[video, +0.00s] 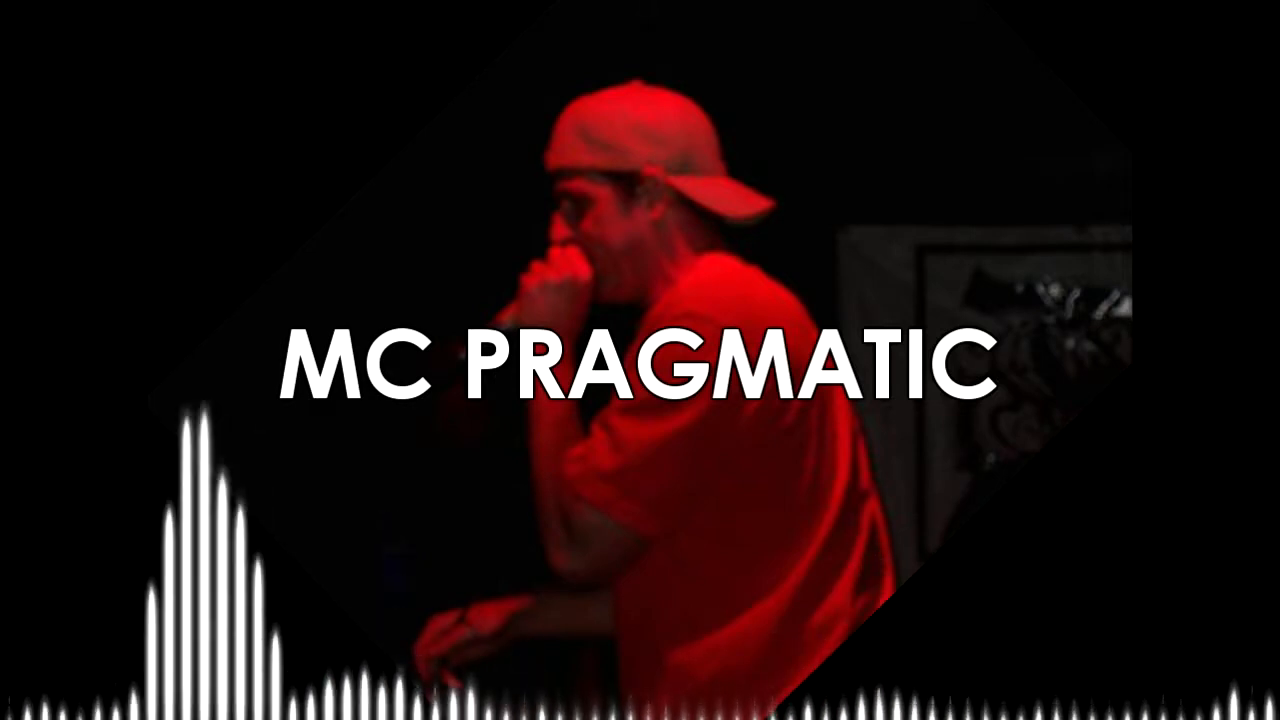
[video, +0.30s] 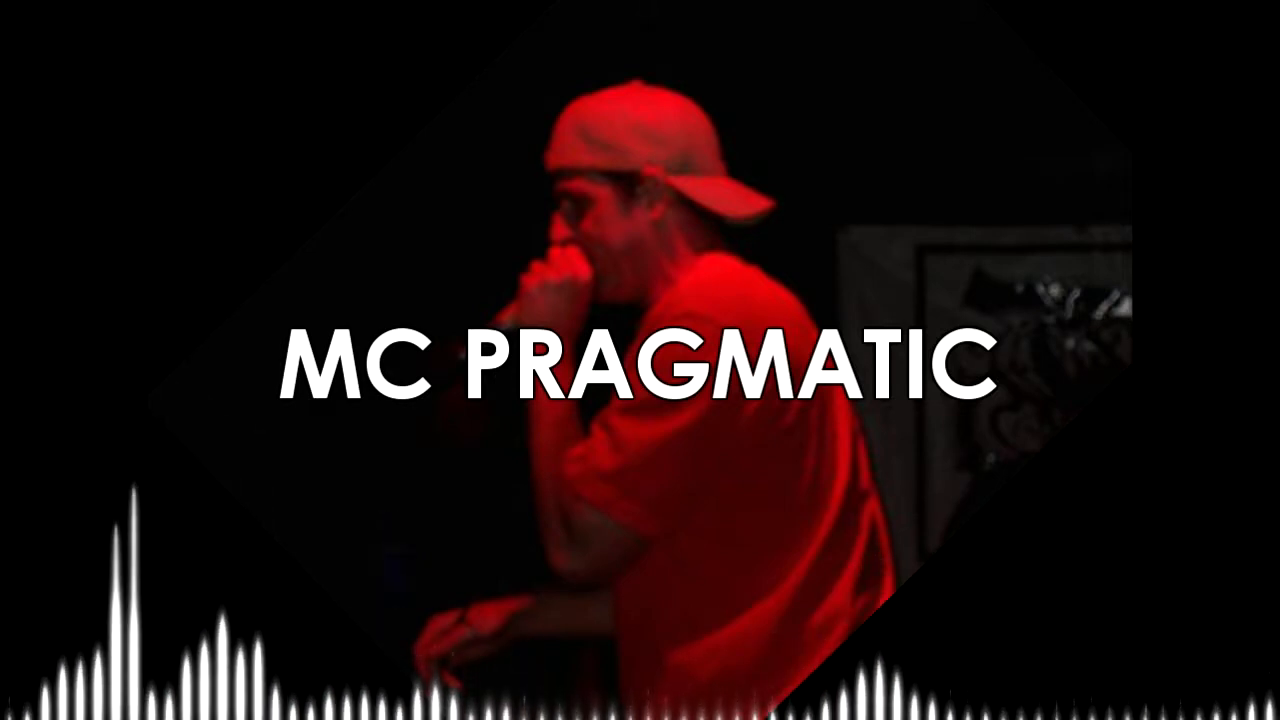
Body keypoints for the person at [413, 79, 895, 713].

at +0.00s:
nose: (560, 233)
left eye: (577, 206)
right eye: (559, 209)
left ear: (652, 198)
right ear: (649, 200)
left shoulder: (706, 314)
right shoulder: (746, 304)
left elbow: (577, 544)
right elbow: (698, 578)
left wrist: (546, 348)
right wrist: (518, 620)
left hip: (738, 705)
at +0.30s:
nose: (560, 234)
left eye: (577, 207)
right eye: (560, 209)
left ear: (653, 198)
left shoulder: (706, 313)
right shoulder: (745, 303)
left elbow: (577, 544)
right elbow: (700, 581)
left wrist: (545, 347)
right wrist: (520, 619)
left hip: (741, 704)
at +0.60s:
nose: (559, 233)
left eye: (577, 206)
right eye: (559, 209)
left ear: (652, 199)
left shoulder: (706, 314)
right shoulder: (744, 303)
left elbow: (577, 543)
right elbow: (692, 576)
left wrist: (545, 348)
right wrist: (518, 620)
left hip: (754, 703)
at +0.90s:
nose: (560, 233)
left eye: (577, 207)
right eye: (559, 209)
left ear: (653, 198)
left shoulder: (706, 314)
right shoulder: (746, 304)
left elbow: (577, 543)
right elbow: (697, 579)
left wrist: (545, 347)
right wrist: (517, 618)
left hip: (739, 705)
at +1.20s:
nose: (560, 233)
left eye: (577, 206)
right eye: (559, 209)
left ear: (653, 198)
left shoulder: (707, 313)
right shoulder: (746, 304)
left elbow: (577, 543)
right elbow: (698, 579)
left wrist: (545, 348)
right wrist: (518, 619)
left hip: (741, 704)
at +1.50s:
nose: (560, 233)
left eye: (577, 206)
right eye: (560, 209)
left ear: (652, 199)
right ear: (650, 201)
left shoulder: (705, 316)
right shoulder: (752, 305)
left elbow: (577, 542)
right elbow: (705, 577)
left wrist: (547, 348)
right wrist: (517, 619)